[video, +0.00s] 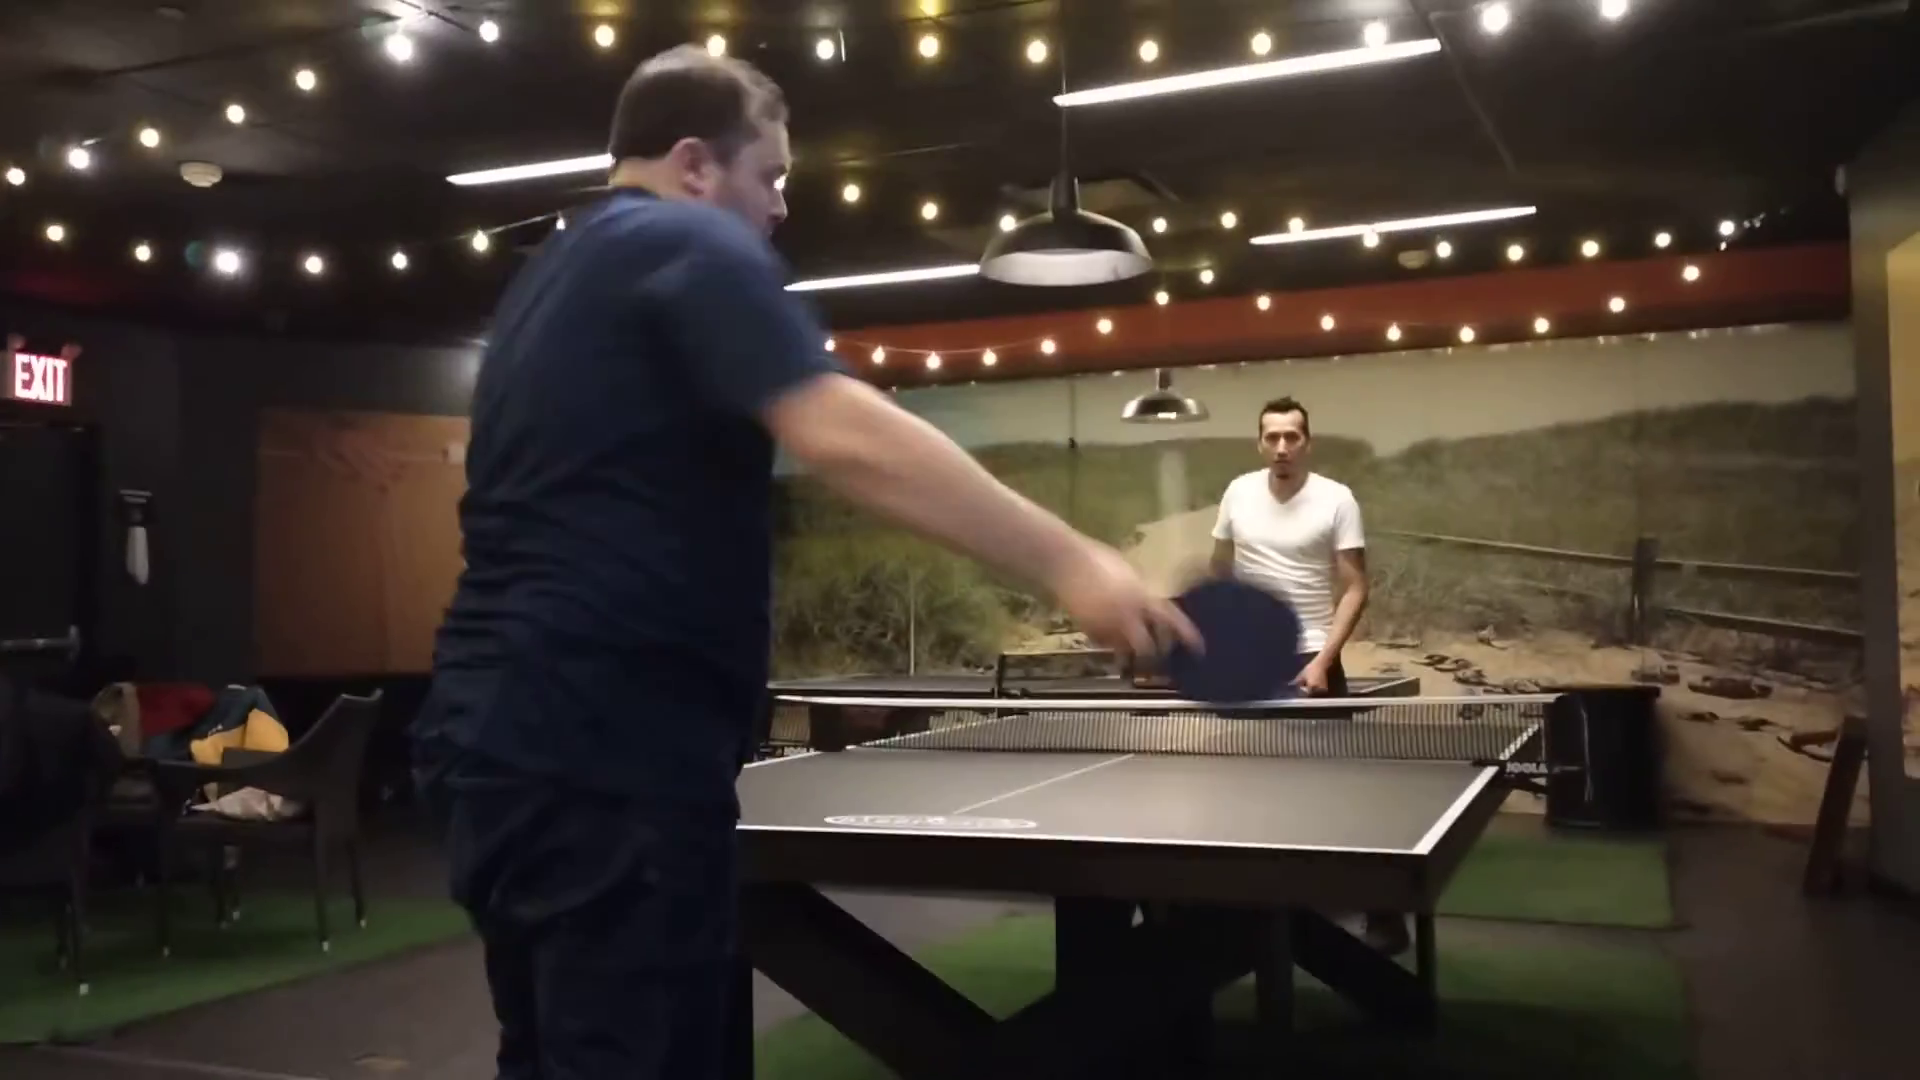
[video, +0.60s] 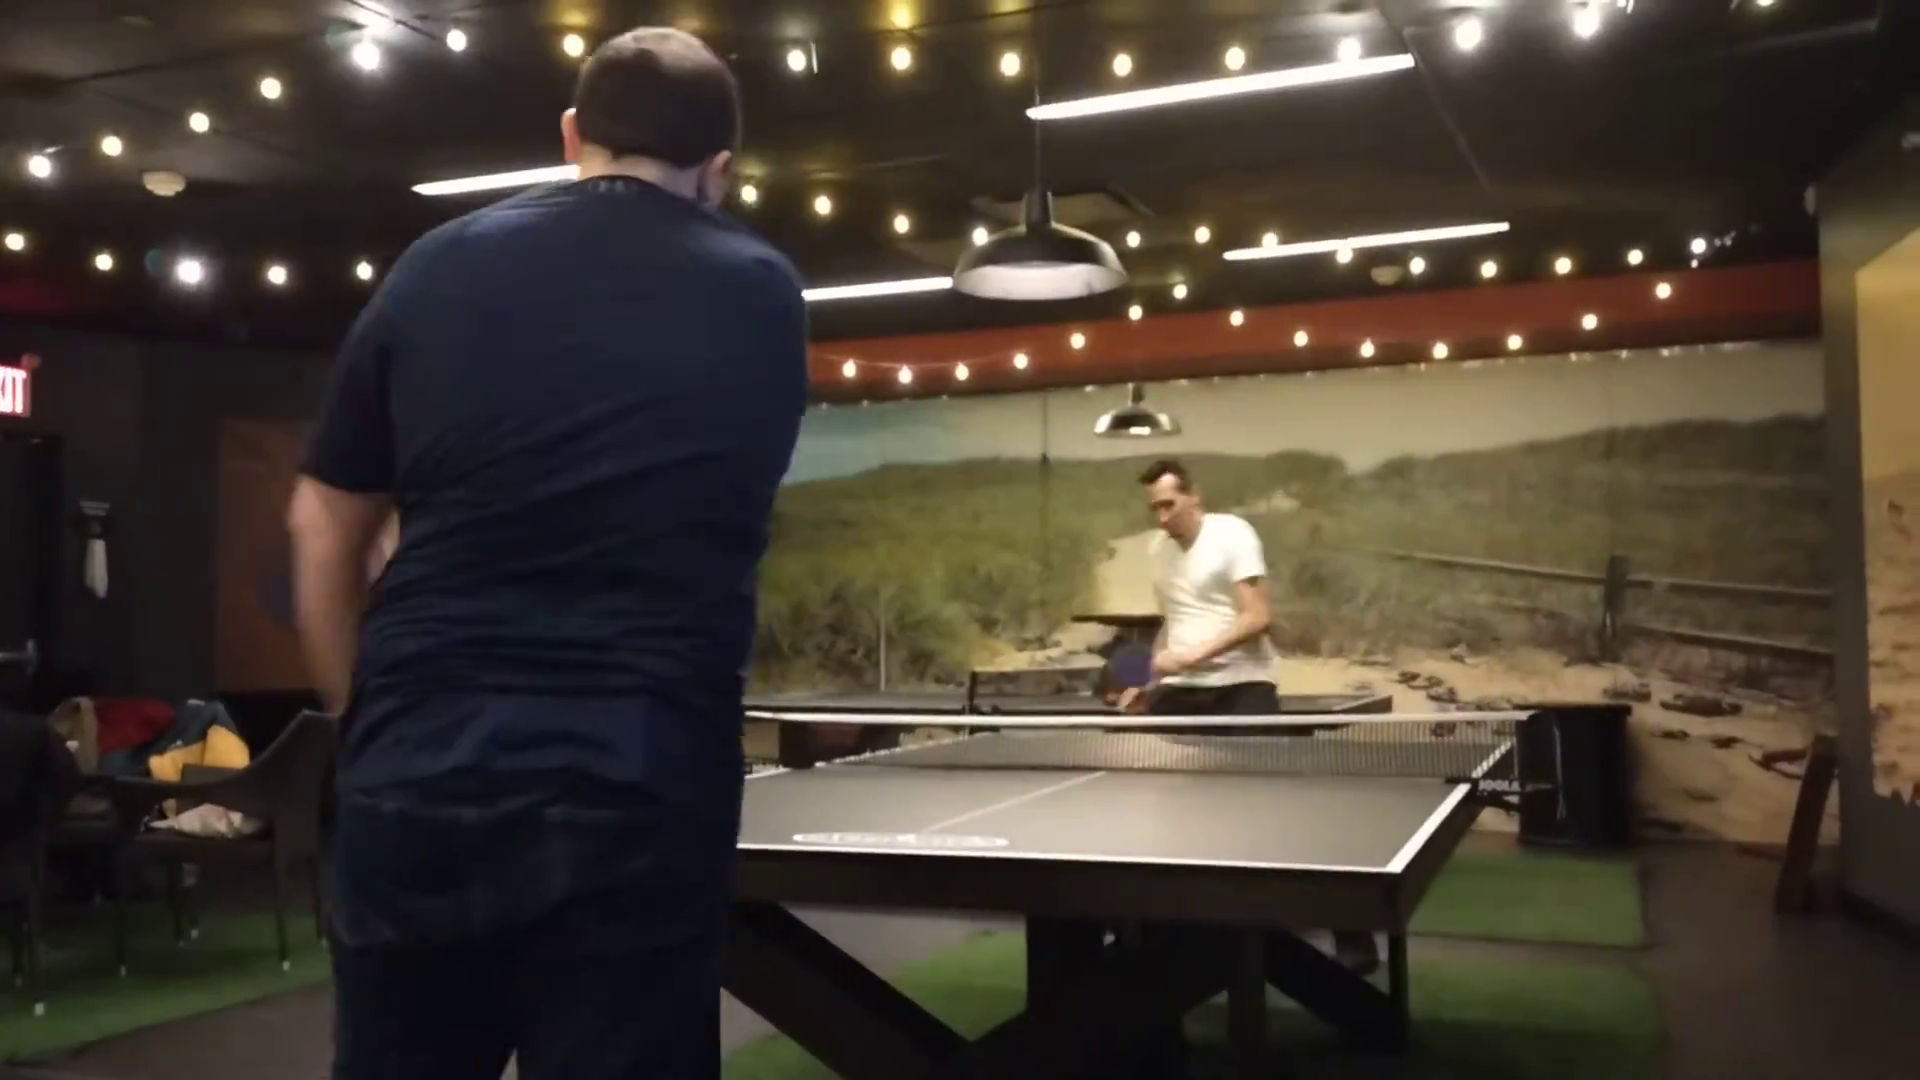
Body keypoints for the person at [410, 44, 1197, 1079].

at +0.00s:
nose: (781, 208)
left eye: (783, 183)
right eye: (772, 178)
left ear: (672, 164)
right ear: (694, 164)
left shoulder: (557, 269)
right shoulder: (688, 248)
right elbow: (835, 431)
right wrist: (1071, 561)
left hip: (509, 751)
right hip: (613, 760)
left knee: (550, 1056)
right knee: (654, 1057)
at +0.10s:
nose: (770, 208)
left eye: (775, 187)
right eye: (773, 185)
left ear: (624, 145)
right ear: (727, 159)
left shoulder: (514, 254)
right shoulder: (754, 244)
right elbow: (908, 472)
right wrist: (970, 613)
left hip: (457, 738)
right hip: (627, 750)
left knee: (509, 1053)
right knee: (650, 1054)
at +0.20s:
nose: (772, 192)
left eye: (777, 171)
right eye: (775, 170)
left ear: (621, 133)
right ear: (739, 153)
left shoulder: (488, 246)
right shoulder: (777, 237)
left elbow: (469, 439)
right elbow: (822, 427)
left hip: (440, 744)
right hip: (635, 750)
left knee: (475, 1058)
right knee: (641, 1054)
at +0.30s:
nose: (765, 184)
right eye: (768, 164)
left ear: (613, 129)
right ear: (758, 157)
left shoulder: (482, 244)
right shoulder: (790, 258)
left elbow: (470, 446)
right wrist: (431, 438)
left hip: (446, 761)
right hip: (654, 771)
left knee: (450, 1061)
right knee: (640, 1059)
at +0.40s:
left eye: (598, 120)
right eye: (766, 164)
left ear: (605, 123)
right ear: (753, 163)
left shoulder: (478, 241)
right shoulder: (790, 266)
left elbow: (422, 442)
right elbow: (642, 368)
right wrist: (420, 366)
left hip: (451, 764)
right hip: (668, 780)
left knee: (421, 1062)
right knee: (644, 1061)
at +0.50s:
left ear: (589, 126)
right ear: (738, 164)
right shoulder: (780, 274)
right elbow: (618, 375)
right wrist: (367, 431)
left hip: (441, 779)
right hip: (661, 791)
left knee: (403, 1062)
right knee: (640, 1060)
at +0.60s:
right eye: (731, 171)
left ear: (568, 138)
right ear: (719, 171)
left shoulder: (436, 265)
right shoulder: (765, 290)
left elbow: (324, 522)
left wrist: (364, 719)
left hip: (424, 777)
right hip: (647, 786)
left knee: (399, 1062)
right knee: (629, 1061)